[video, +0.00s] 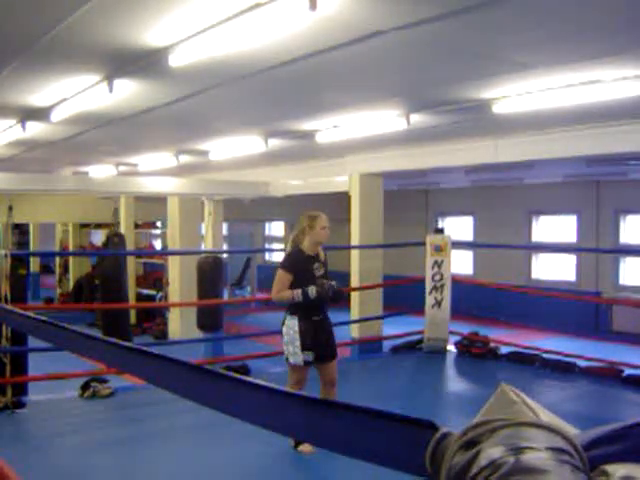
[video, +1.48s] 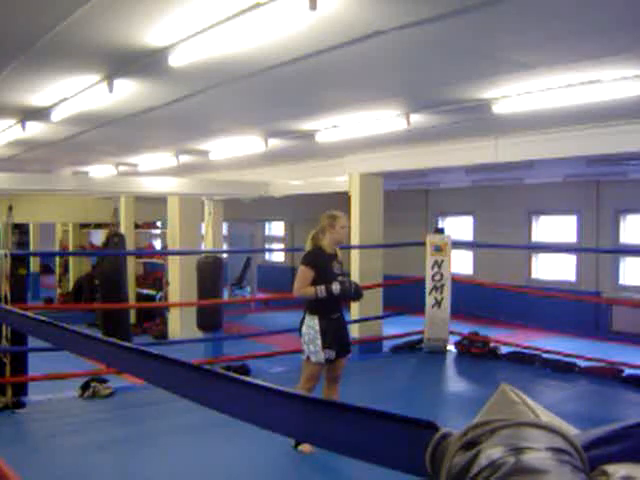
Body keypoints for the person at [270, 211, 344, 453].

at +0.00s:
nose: (327, 233)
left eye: (327, 229)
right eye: (323, 228)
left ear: (321, 231)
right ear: (308, 230)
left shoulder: (321, 256)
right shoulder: (293, 258)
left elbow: (319, 285)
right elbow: (277, 294)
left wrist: (330, 289)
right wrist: (307, 292)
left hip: (320, 318)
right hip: (298, 320)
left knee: (330, 380)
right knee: (297, 380)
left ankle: (326, 431)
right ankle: (297, 434)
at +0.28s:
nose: (333, 232)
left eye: (333, 228)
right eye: (329, 228)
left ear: (327, 230)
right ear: (315, 229)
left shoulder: (326, 257)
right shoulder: (298, 257)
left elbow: (323, 286)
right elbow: (284, 292)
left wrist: (335, 288)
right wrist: (315, 290)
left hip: (324, 317)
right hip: (303, 318)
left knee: (328, 379)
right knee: (301, 380)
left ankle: (326, 430)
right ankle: (298, 433)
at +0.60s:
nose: (341, 233)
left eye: (342, 228)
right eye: (338, 228)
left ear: (334, 230)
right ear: (324, 228)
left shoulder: (332, 258)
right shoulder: (308, 256)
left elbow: (330, 289)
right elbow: (292, 290)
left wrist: (346, 291)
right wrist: (324, 289)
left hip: (331, 317)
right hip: (310, 317)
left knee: (331, 378)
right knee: (305, 379)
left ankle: (329, 429)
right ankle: (300, 433)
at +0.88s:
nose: (345, 233)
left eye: (345, 228)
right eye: (342, 228)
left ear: (336, 230)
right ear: (328, 229)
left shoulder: (335, 258)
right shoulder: (312, 255)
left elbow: (333, 289)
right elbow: (296, 290)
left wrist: (349, 291)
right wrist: (327, 288)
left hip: (333, 317)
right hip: (313, 318)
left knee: (332, 378)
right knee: (308, 379)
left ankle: (328, 429)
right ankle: (300, 432)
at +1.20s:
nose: (346, 233)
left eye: (347, 229)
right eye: (343, 228)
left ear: (337, 230)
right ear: (329, 229)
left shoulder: (336, 258)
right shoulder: (314, 256)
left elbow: (333, 289)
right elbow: (298, 290)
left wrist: (350, 290)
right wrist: (329, 288)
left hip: (336, 317)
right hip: (316, 318)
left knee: (334, 378)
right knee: (309, 379)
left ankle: (330, 429)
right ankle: (300, 431)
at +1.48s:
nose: (346, 233)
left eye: (347, 229)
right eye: (343, 229)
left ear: (337, 230)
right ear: (329, 229)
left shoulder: (336, 259)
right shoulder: (314, 256)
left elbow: (333, 288)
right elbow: (298, 289)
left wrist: (350, 290)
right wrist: (330, 289)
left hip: (336, 317)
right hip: (316, 318)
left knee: (334, 378)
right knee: (310, 380)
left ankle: (330, 429)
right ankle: (299, 431)